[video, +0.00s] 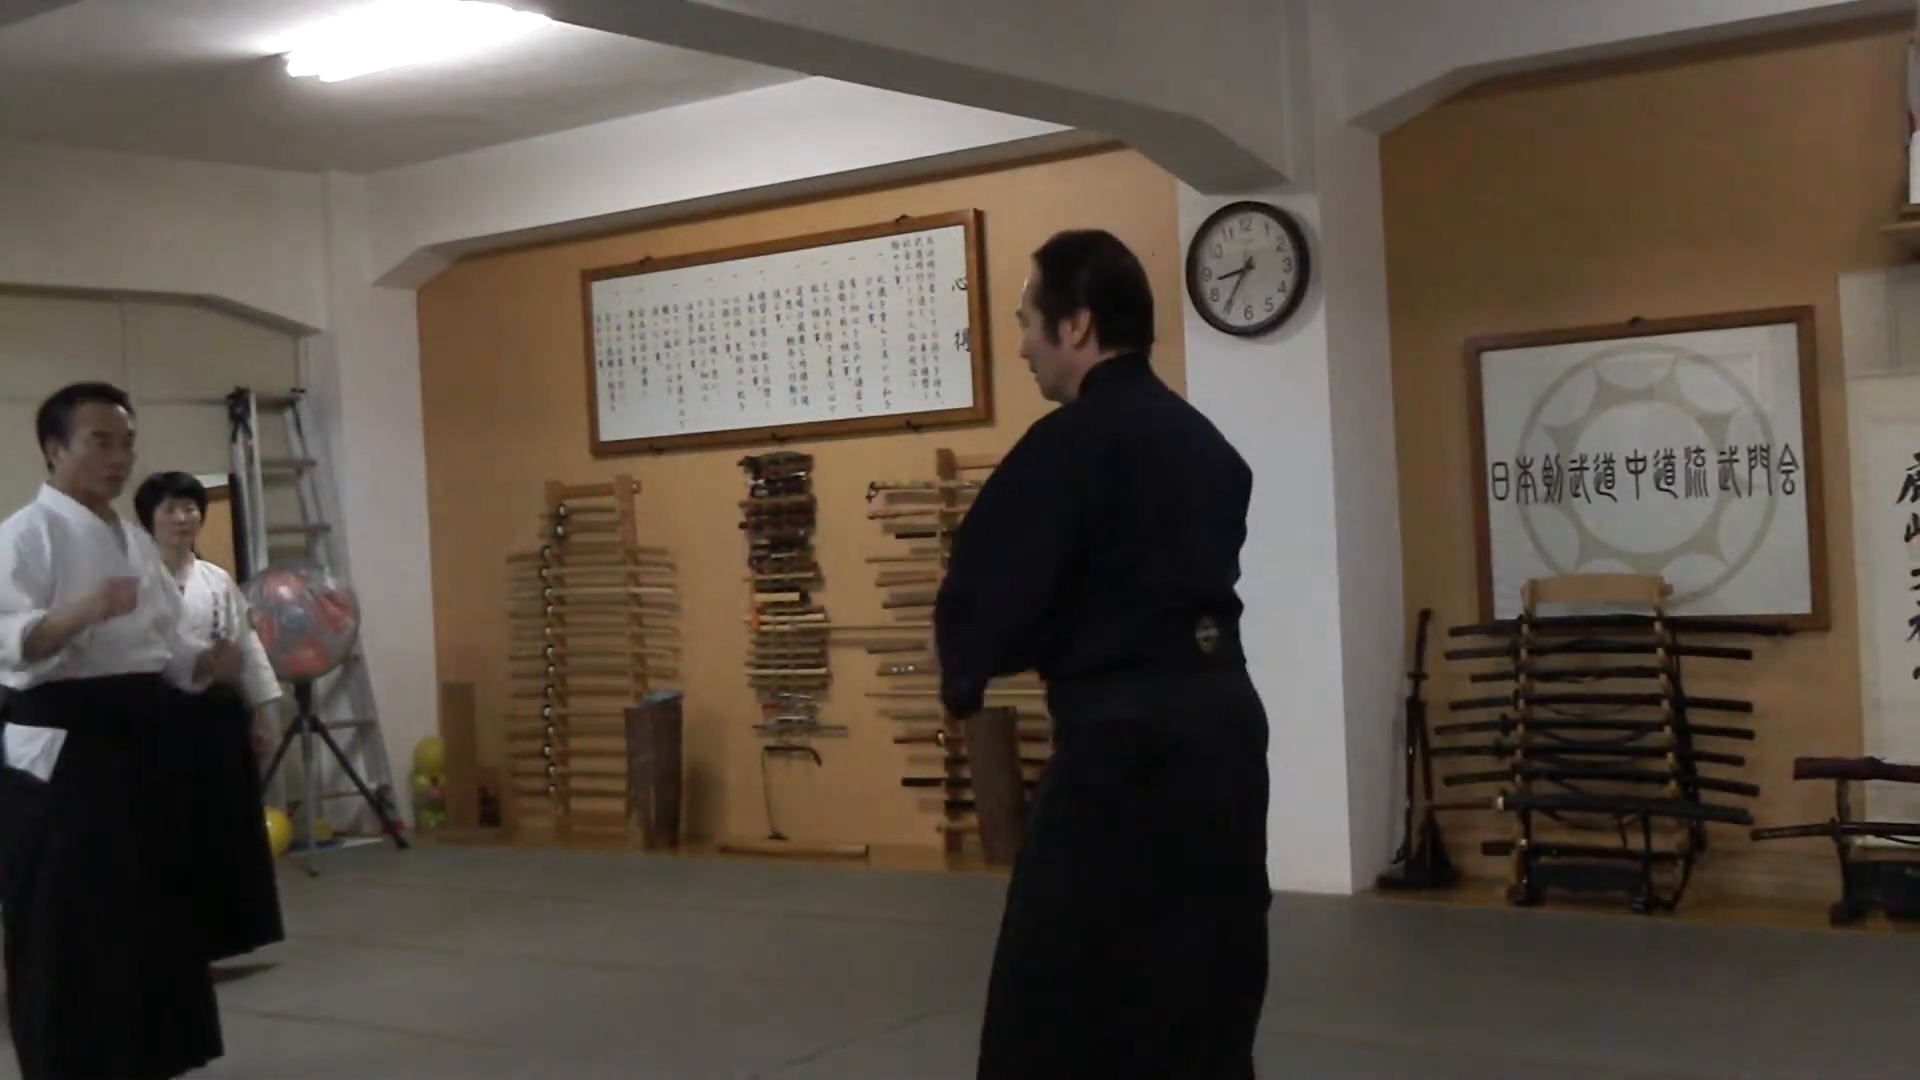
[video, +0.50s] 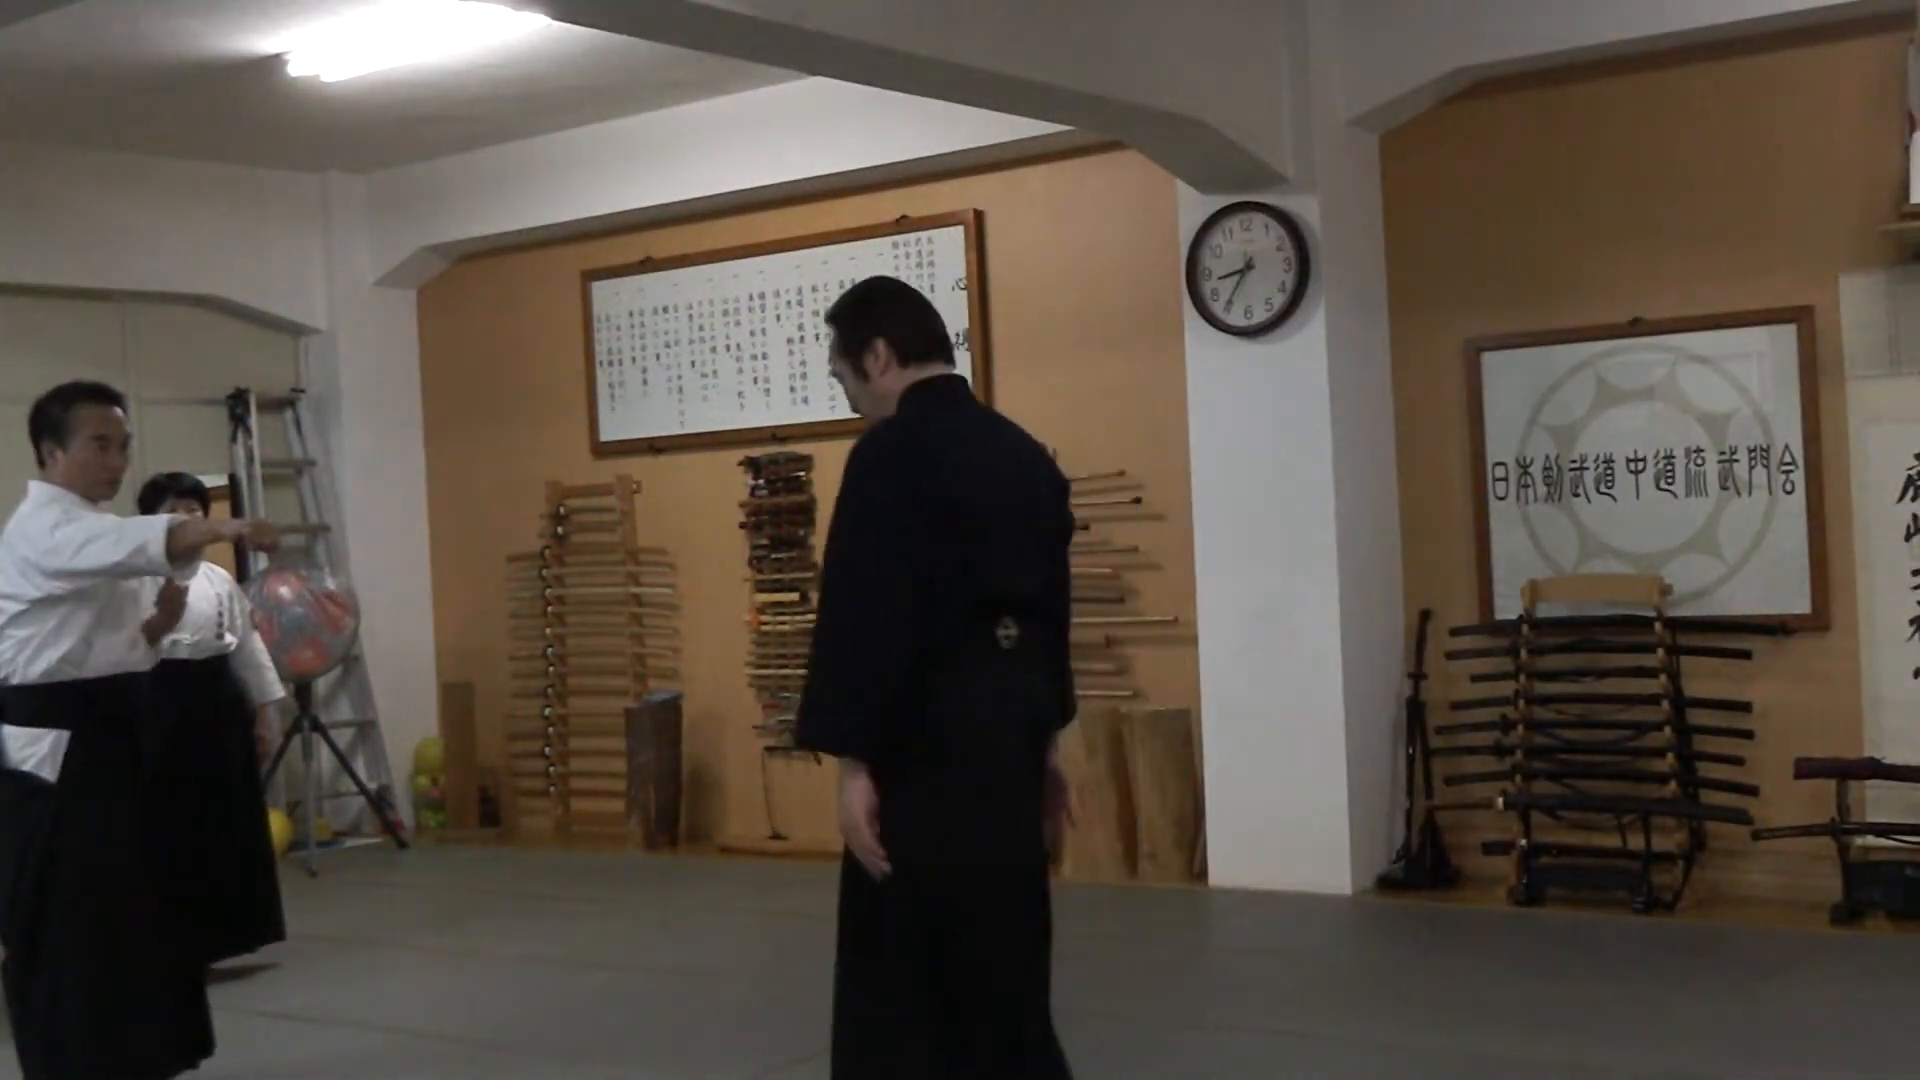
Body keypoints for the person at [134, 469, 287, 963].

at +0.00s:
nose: (183, 517)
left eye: (191, 509)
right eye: (171, 509)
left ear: (202, 519)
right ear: (149, 519)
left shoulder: (217, 581)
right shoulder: (138, 581)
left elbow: (246, 647)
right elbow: (130, 658)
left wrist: (264, 711)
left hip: (214, 719)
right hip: (154, 722)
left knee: (218, 830)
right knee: (164, 838)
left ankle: (213, 938)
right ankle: (171, 943)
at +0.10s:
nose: (183, 516)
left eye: (191, 508)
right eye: (170, 509)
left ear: (204, 518)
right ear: (148, 522)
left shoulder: (217, 579)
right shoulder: (141, 581)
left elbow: (243, 643)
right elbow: (136, 656)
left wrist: (263, 707)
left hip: (217, 704)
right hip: (160, 711)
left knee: (226, 816)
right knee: (174, 826)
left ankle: (230, 930)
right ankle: (184, 936)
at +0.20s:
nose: (182, 522)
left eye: (191, 512)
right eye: (169, 514)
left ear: (203, 519)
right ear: (147, 522)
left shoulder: (216, 579)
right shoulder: (135, 583)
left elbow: (243, 645)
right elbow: (135, 651)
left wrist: (263, 708)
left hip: (215, 698)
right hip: (158, 702)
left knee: (222, 812)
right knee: (167, 819)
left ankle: (225, 929)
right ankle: (172, 933)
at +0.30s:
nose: (182, 522)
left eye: (191, 512)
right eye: (170, 514)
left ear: (205, 520)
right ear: (147, 523)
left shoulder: (218, 581)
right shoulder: (137, 582)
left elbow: (244, 644)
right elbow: (131, 653)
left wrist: (265, 706)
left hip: (217, 697)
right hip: (160, 702)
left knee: (225, 813)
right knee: (170, 820)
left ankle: (230, 928)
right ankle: (177, 934)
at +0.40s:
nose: (184, 523)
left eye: (193, 512)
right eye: (171, 514)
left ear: (206, 519)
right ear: (148, 523)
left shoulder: (219, 581)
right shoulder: (137, 582)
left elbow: (244, 644)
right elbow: (129, 652)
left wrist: (265, 708)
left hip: (217, 698)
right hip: (160, 703)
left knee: (223, 813)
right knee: (169, 821)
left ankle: (227, 929)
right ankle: (174, 935)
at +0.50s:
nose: (186, 522)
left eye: (195, 512)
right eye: (173, 513)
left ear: (207, 519)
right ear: (148, 523)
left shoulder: (219, 580)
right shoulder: (137, 583)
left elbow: (245, 644)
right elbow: (131, 654)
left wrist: (265, 707)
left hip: (218, 700)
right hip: (160, 704)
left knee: (224, 814)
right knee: (169, 821)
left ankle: (222, 934)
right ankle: (176, 938)